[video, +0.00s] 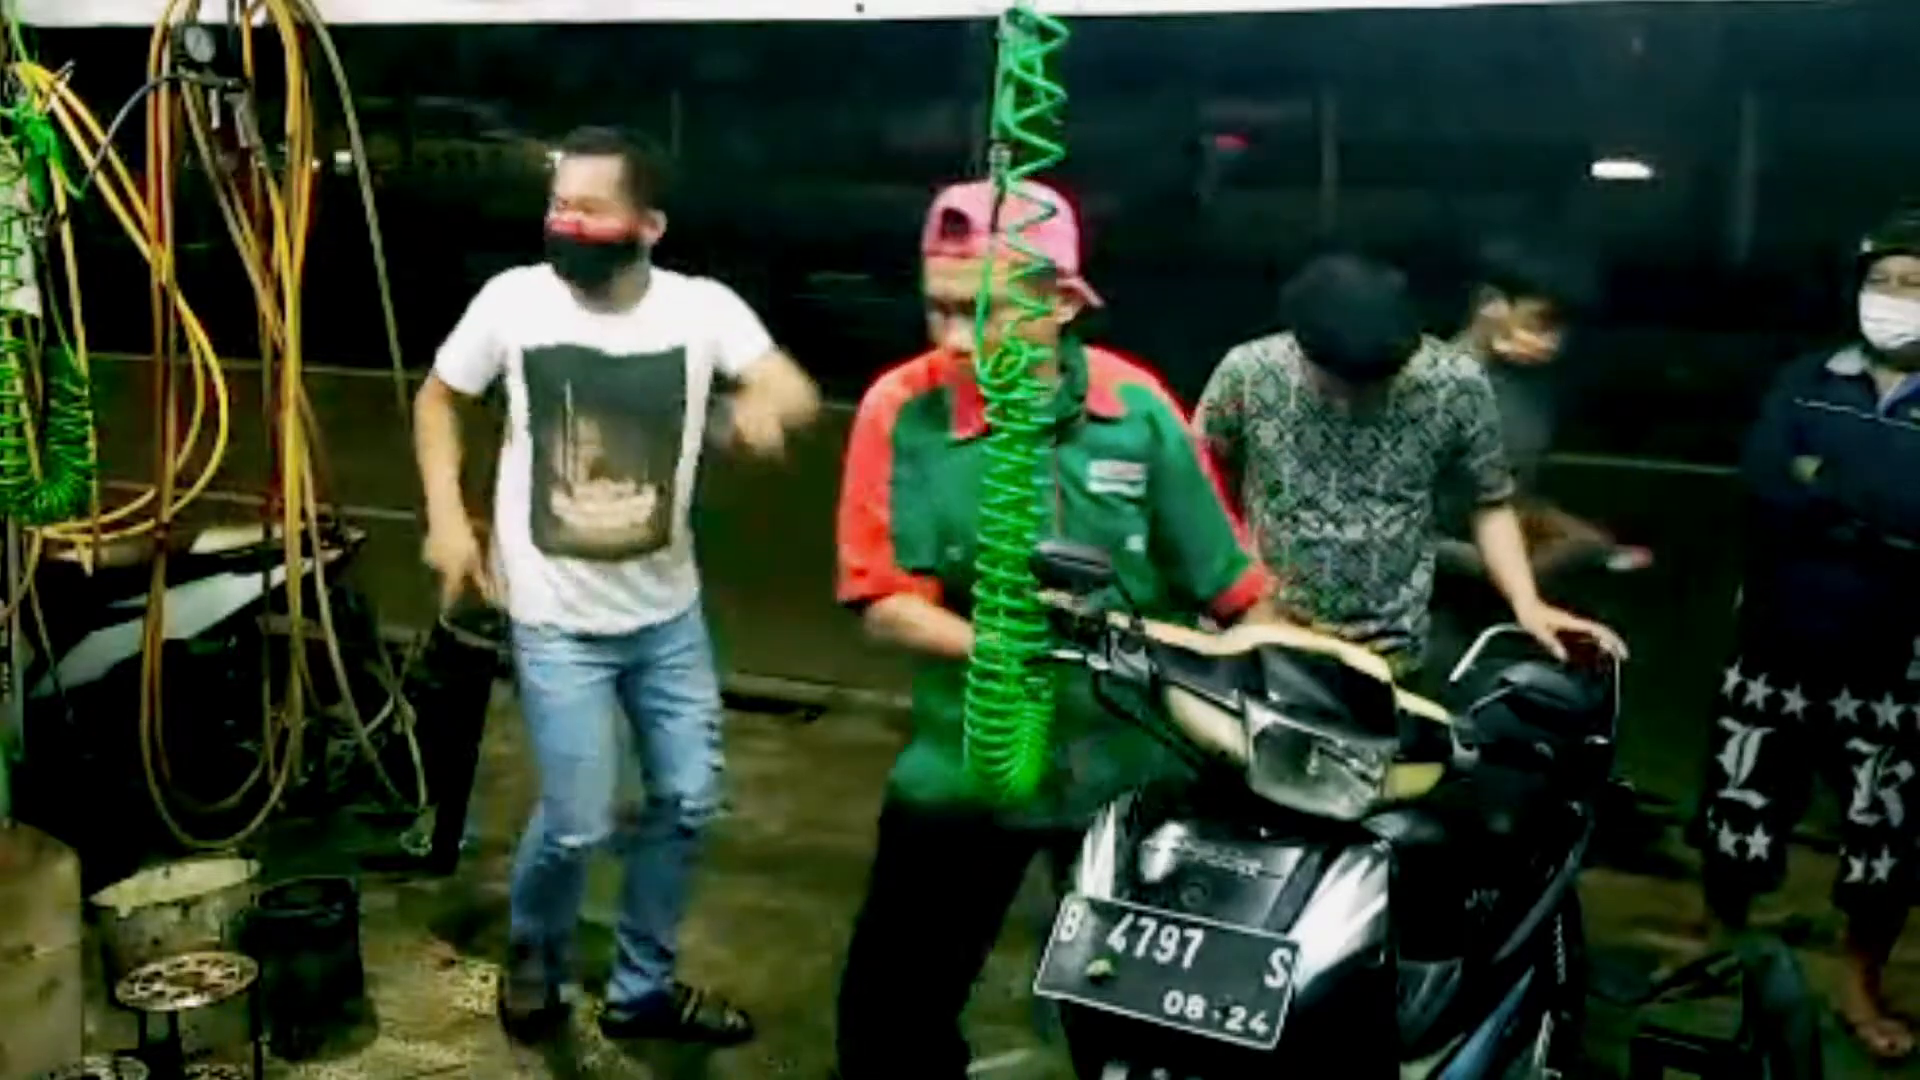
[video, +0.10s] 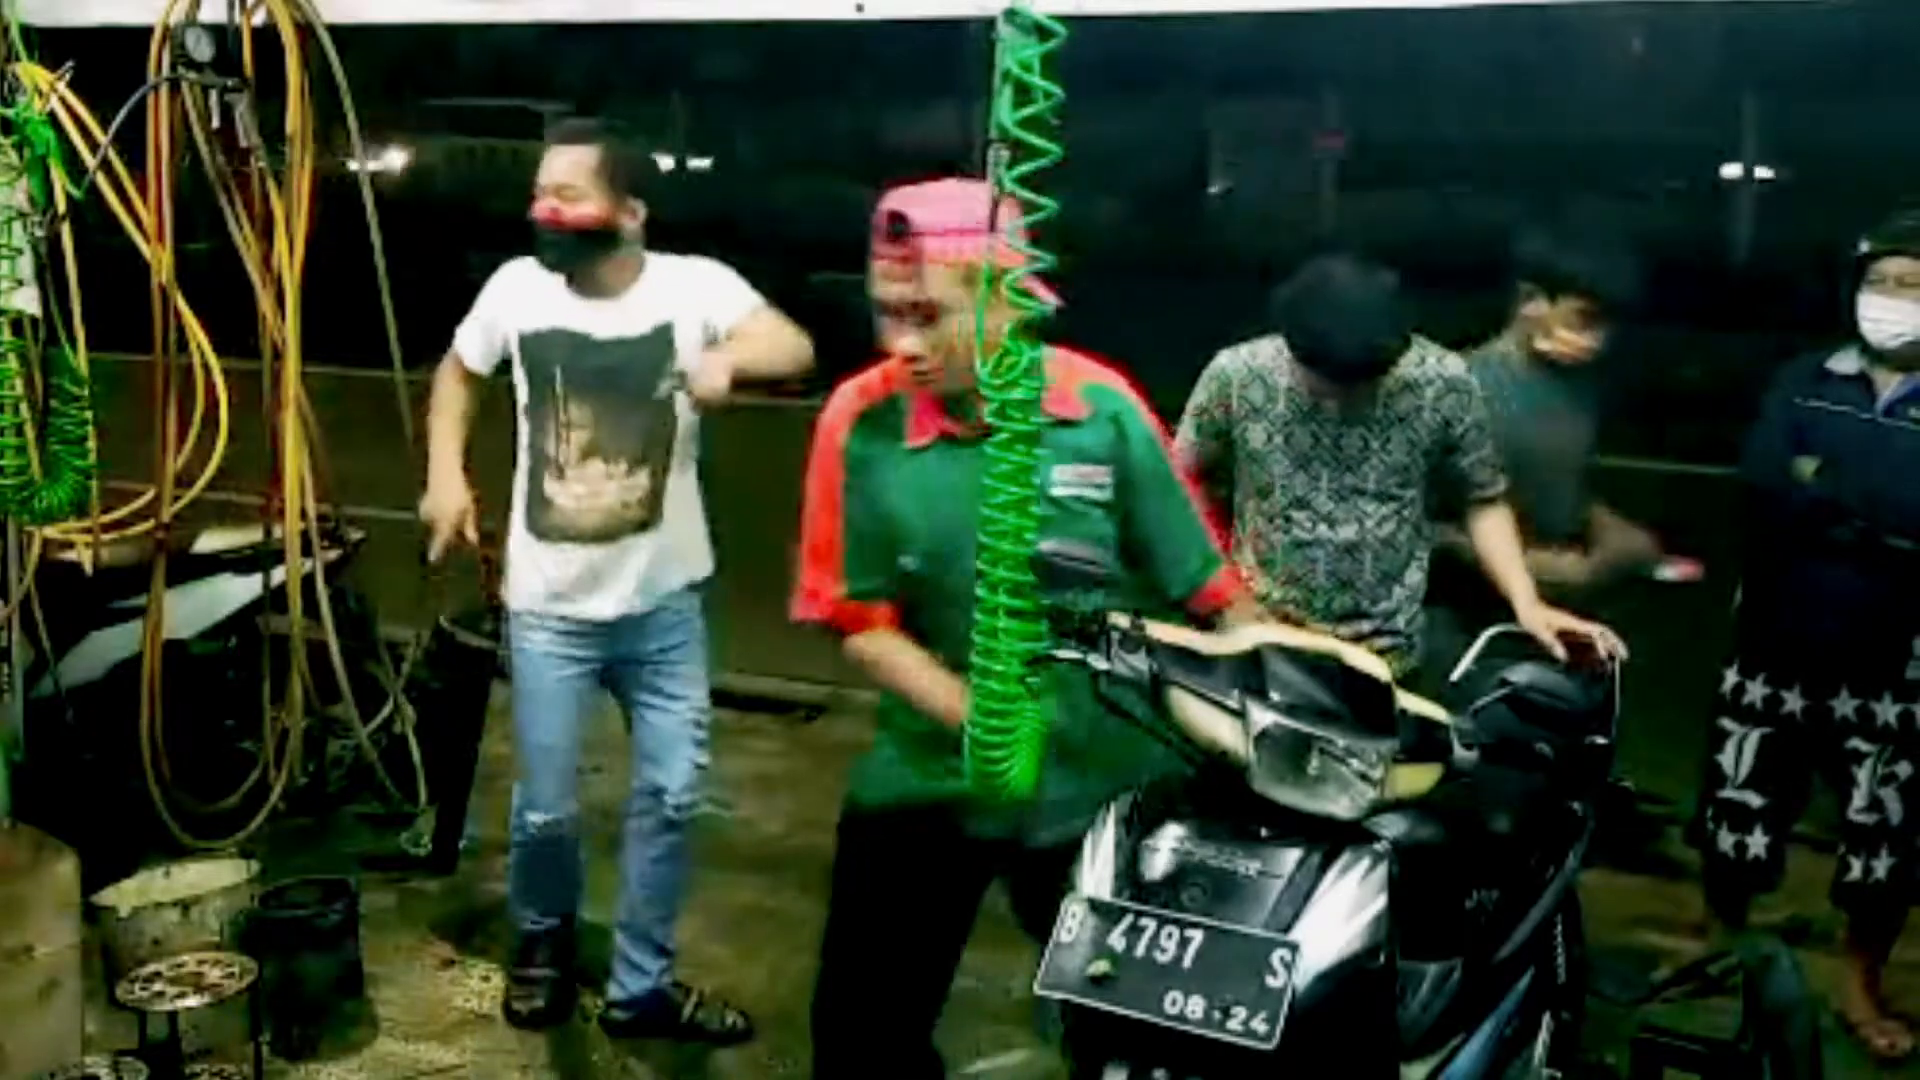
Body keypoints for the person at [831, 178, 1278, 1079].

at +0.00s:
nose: (952, 335)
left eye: (977, 313)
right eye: (941, 310)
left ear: (1059, 306)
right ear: (927, 300)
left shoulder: (1135, 407)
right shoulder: (902, 407)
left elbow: (1241, 596)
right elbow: (885, 604)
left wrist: (1337, 663)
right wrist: (1012, 648)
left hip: (1121, 774)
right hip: (960, 775)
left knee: (1135, 1023)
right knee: (890, 1018)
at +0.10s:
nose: (903, 345)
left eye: (926, 319)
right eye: (888, 318)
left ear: (1006, 306)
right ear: (873, 308)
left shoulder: (1100, 408)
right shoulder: (861, 418)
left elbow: (1211, 586)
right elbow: (853, 616)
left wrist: (1325, 652)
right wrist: (970, 713)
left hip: (1092, 792)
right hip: (922, 790)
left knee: (1135, 1033)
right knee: (863, 1039)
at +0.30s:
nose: (781, 328)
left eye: (800, 301)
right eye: (771, 302)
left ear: (888, 288)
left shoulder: (1016, 400)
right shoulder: (779, 418)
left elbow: (1112, 577)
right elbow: (734, 610)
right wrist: (742, 779)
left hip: (1011, 817)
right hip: (840, 819)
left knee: (1071, 1054)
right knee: (843, 1058)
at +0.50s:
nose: (726, 310)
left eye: (744, 284)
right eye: (716, 286)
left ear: (835, 271)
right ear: (709, 278)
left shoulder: (950, 394)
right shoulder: (726, 404)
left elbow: (1017, 590)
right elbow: (667, 577)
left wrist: (1007, 779)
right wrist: (572, 718)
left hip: (938, 808)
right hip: (797, 808)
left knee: (942, 1050)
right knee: (818, 1040)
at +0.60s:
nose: (691, 313)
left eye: (713, 286)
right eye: (683, 286)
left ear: (804, 270)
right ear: (672, 272)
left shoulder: (914, 397)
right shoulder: (703, 404)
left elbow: (981, 633)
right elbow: (651, 581)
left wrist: (915, 798)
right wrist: (536, 714)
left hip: (890, 821)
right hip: (767, 817)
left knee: (873, 1060)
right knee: (792, 1055)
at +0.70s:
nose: (649, 321)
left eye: (669, 295)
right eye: (640, 295)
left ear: (759, 276)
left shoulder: (858, 405)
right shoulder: (676, 404)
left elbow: (931, 649)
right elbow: (649, 590)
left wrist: (873, 826)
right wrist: (550, 738)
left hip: (829, 818)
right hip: (733, 811)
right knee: (857, 1060)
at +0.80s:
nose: (613, 331)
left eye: (631, 303)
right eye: (607, 304)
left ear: (725, 285)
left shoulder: (818, 409)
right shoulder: (654, 404)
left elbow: (882, 661)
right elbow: (643, 599)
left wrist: (858, 854)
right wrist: (566, 759)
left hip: (799, 805)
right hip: (703, 803)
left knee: (671, 1053)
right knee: (845, 1061)